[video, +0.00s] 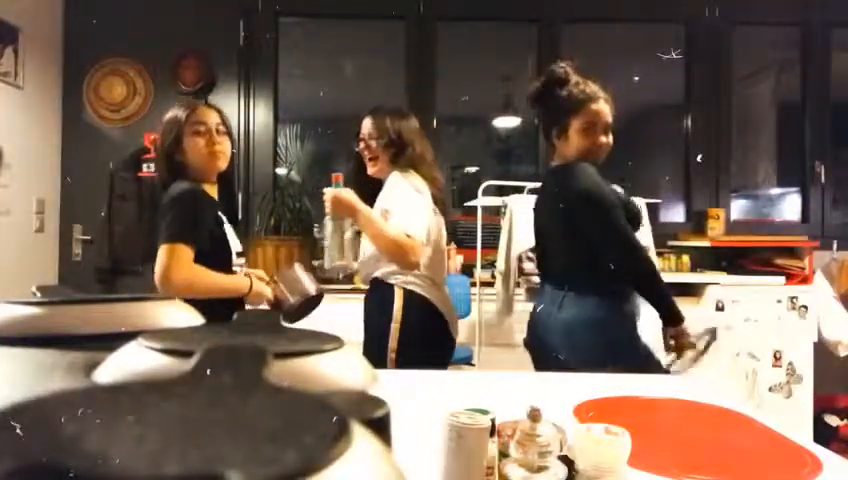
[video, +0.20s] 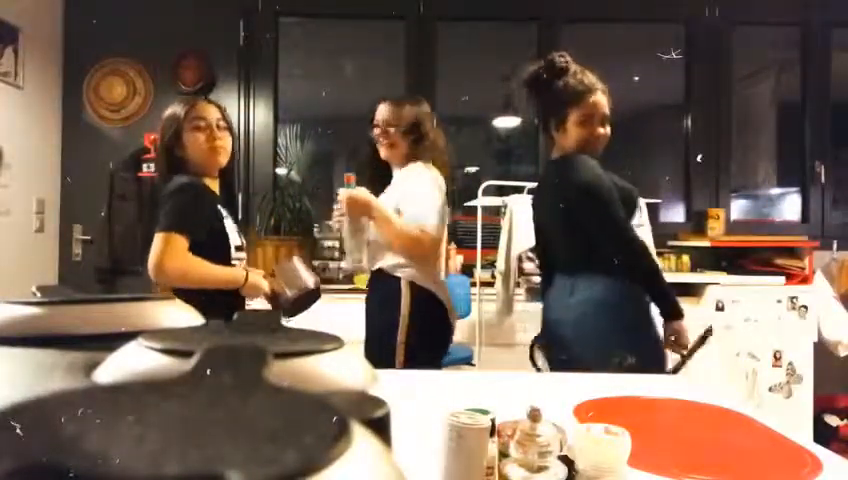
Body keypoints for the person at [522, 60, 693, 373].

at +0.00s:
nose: (602, 140)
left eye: (607, 130)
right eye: (589, 130)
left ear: (612, 131)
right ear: (558, 135)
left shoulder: (550, 184)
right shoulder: (587, 185)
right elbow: (631, 260)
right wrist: (672, 318)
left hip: (549, 311)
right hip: (595, 324)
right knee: (663, 397)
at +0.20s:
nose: (600, 132)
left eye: (604, 122)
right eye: (586, 122)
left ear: (610, 123)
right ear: (556, 127)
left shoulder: (547, 181)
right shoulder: (589, 177)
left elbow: (548, 263)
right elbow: (631, 251)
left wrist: (550, 326)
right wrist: (673, 314)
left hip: (562, 300)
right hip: (609, 303)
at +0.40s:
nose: (605, 136)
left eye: (608, 127)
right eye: (591, 127)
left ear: (613, 127)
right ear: (559, 132)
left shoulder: (552, 181)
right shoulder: (589, 180)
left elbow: (551, 262)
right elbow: (632, 256)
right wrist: (670, 320)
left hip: (565, 304)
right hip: (610, 309)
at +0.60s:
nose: (606, 132)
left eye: (611, 122)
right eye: (593, 121)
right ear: (561, 124)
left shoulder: (547, 179)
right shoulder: (593, 171)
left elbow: (549, 262)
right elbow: (637, 250)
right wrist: (678, 315)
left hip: (565, 301)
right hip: (614, 303)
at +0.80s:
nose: (607, 139)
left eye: (611, 130)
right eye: (594, 128)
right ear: (561, 131)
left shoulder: (543, 190)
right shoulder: (597, 179)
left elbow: (555, 272)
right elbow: (629, 269)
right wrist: (665, 345)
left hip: (555, 318)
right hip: (606, 323)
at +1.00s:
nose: (603, 137)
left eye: (606, 127)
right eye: (590, 126)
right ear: (556, 131)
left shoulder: (540, 190)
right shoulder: (595, 185)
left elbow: (543, 273)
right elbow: (624, 272)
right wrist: (667, 344)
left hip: (553, 321)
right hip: (605, 323)